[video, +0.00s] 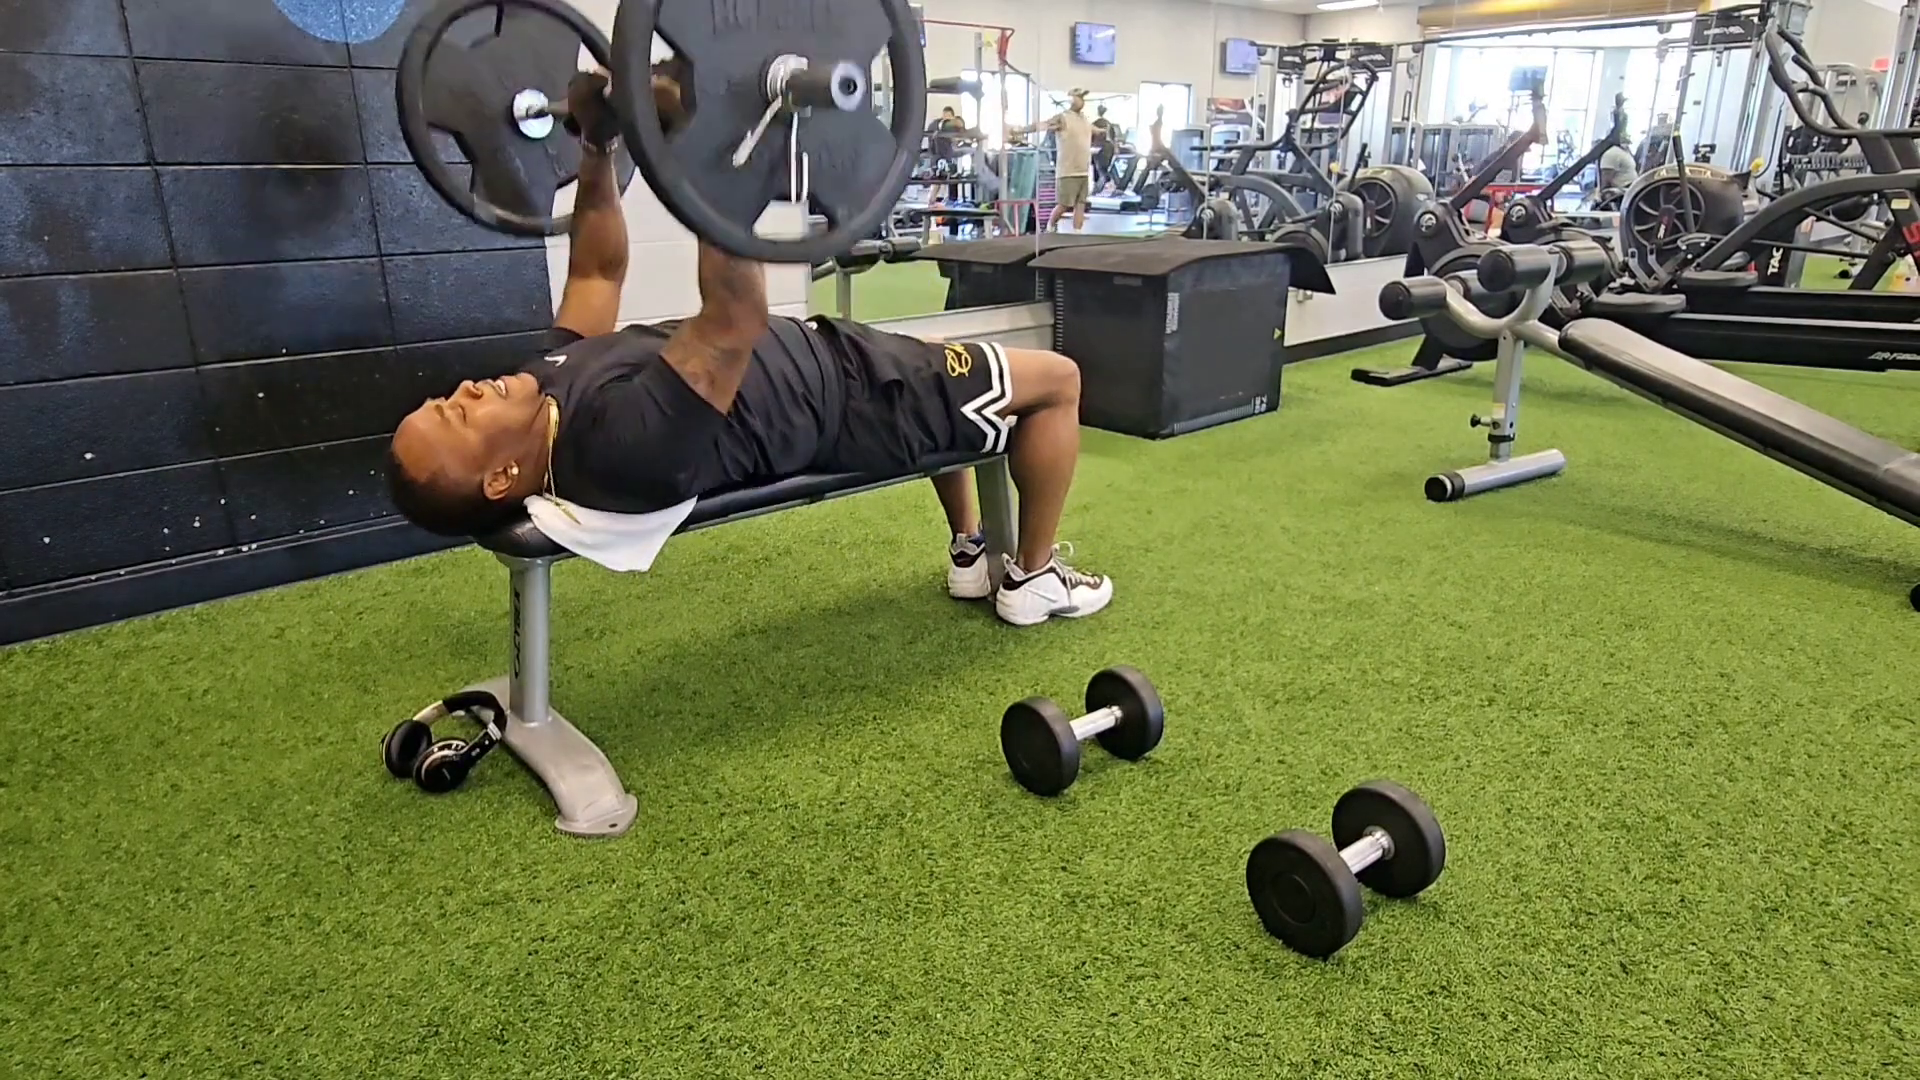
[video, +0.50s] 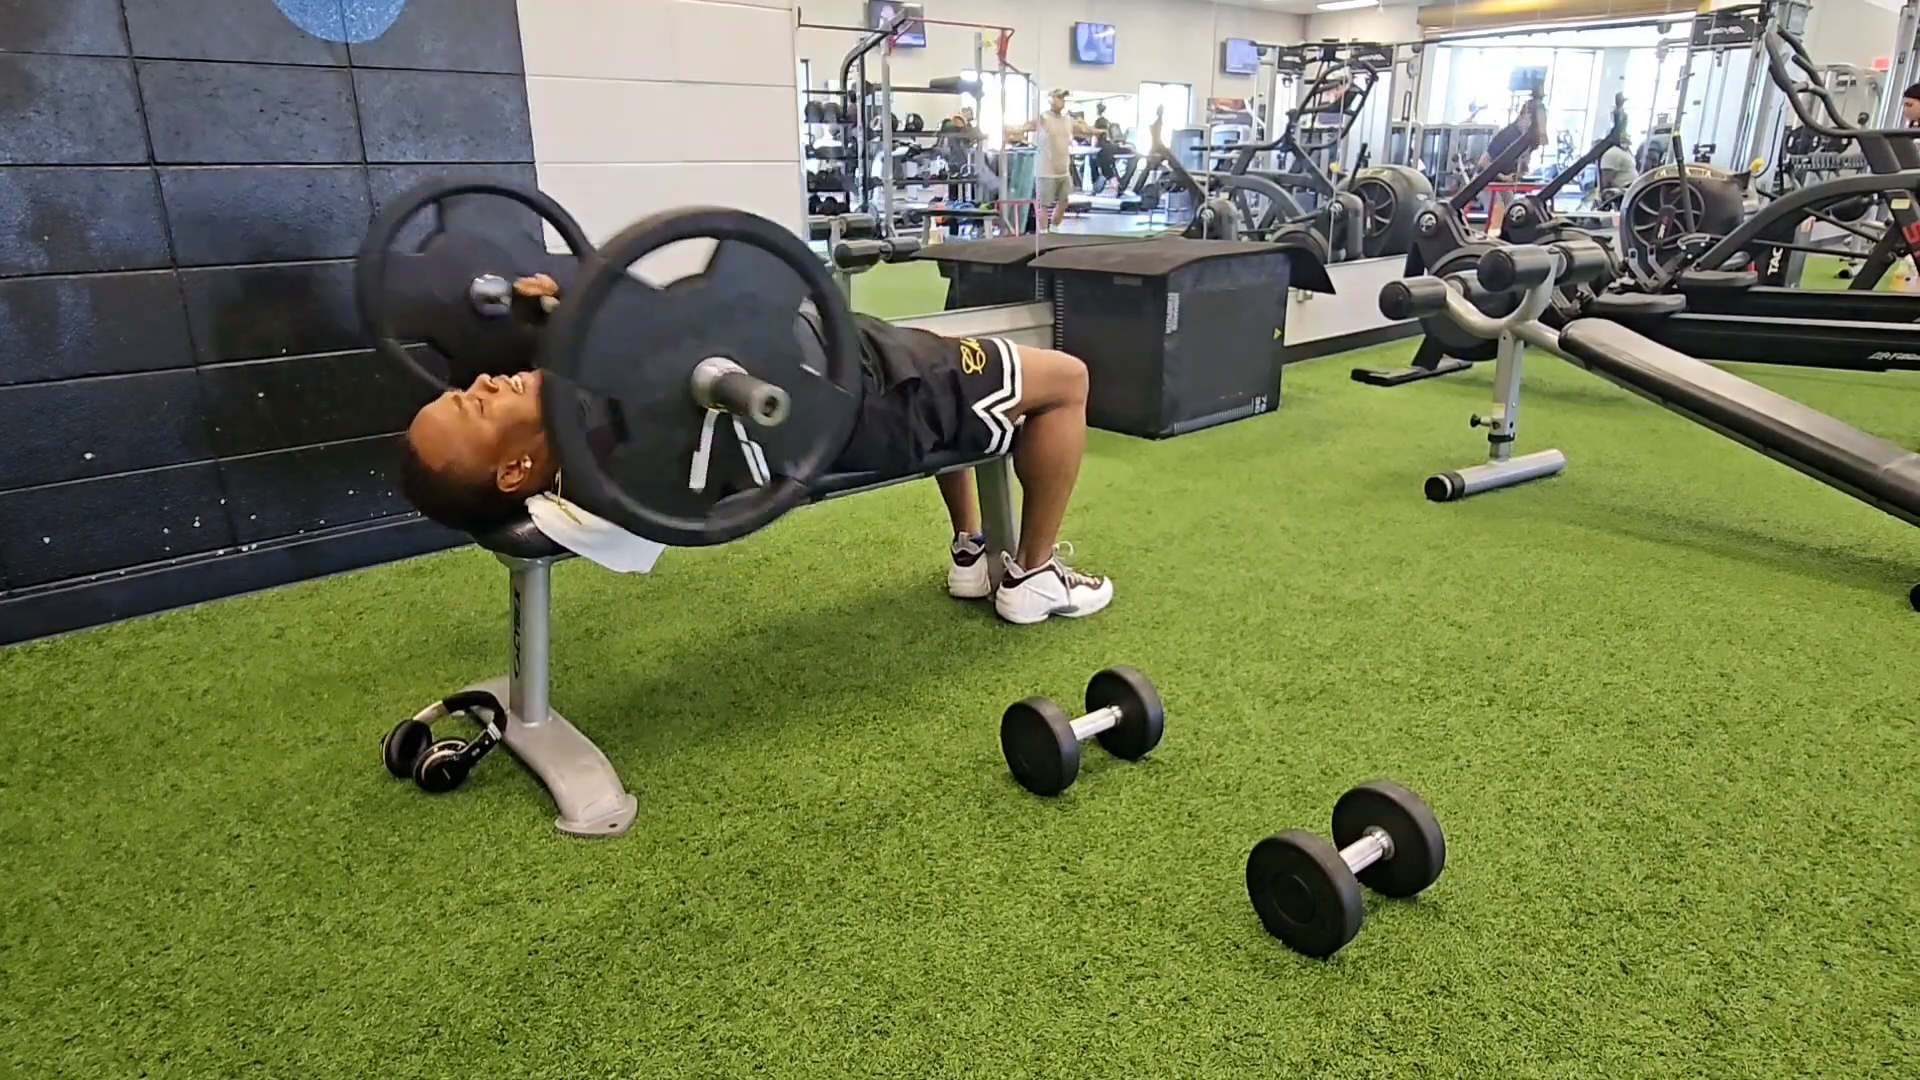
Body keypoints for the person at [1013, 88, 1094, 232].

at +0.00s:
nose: (1083, 101)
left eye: (1083, 98)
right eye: (1080, 98)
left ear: (1082, 101)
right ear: (1071, 99)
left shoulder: (1084, 121)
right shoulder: (1063, 118)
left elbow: (1095, 130)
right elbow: (1042, 125)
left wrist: (1106, 131)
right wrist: (1020, 130)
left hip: (1083, 170)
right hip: (1066, 170)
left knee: (1080, 205)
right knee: (1064, 205)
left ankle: (1077, 233)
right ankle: (1050, 227)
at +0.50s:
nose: (1063, 102)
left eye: (1063, 99)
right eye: (1059, 98)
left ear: (1063, 101)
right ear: (1051, 100)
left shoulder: (1068, 120)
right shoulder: (1043, 119)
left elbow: (1082, 128)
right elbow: (1024, 128)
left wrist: (1097, 131)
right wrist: (1007, 129)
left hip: (1063, 169)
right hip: (1046, 170)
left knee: (1063, 201)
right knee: (1043, 205)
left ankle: (1054, 229)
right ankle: (1042, 233)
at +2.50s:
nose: (1045, 104)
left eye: (1046, 101)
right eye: (1042, 101)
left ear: (1047, 103)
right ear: (1035, 102)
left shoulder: (1051, 123)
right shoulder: (1029, 119)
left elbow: (1067, 132)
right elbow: (1021, 133)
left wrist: (1085, 136)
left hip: (1046, 167)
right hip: (1030, 167)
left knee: (1039, 201)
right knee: (1036, 201)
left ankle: (1029, 230)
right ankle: (1039, 232)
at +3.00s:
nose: (1055, 105)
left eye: (1057, 102)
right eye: (1052, 101)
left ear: (1059, 105)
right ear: (1045, 103)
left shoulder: (1060, 124)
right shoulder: (1036, 120)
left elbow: (1077, 132)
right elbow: (1025, 128)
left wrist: (1094, 134)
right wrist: (1016, 130)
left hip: (1055, 171)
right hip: (1040, 171)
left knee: (1054, 205)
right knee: (1044, 206)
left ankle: (1036, 227)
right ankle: (1041, 233)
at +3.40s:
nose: (1071, 107)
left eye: (1072, 104)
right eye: (1069, 104)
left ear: (1072, 106)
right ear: (1060, 103)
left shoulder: (1072, 123)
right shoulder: (1049, 120)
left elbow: (1089, 128)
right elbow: (1033, 122)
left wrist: (1105, 125)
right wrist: (1017, 123)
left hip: (1069, 171)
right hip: (1051, 172)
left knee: (1072, 202)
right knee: (1045, 206)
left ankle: (1072, 232)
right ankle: (1040, 234)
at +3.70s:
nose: (1082, 106)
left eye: (1084, 103)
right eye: (1080, 102)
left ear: (1086, 104)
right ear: (1074, 102)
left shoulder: (1086, 120)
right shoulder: (1062, 118)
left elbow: (1099, 119)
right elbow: (1044, 120)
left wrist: (1108, 115)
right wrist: (1028, 117)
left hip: (1082, 169)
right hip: (1066, 169)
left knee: (1079, 205)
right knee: (1066, 205)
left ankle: (1074, 232)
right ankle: (1050, 225)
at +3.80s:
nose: (1085, 105)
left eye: (1087, 102)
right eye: (1083, 101)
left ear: (1088, 103)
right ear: (1075, 101)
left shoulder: (1089, 120)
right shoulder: (1064, 118)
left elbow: (1101, 118)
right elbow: (1045, 120)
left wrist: (1109, 115)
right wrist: (1027, 116)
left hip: (1084, 168)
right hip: (1068, 168)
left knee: (1080, 204)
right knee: (1072, 203)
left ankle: (1075, 232)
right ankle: (1053, 225)